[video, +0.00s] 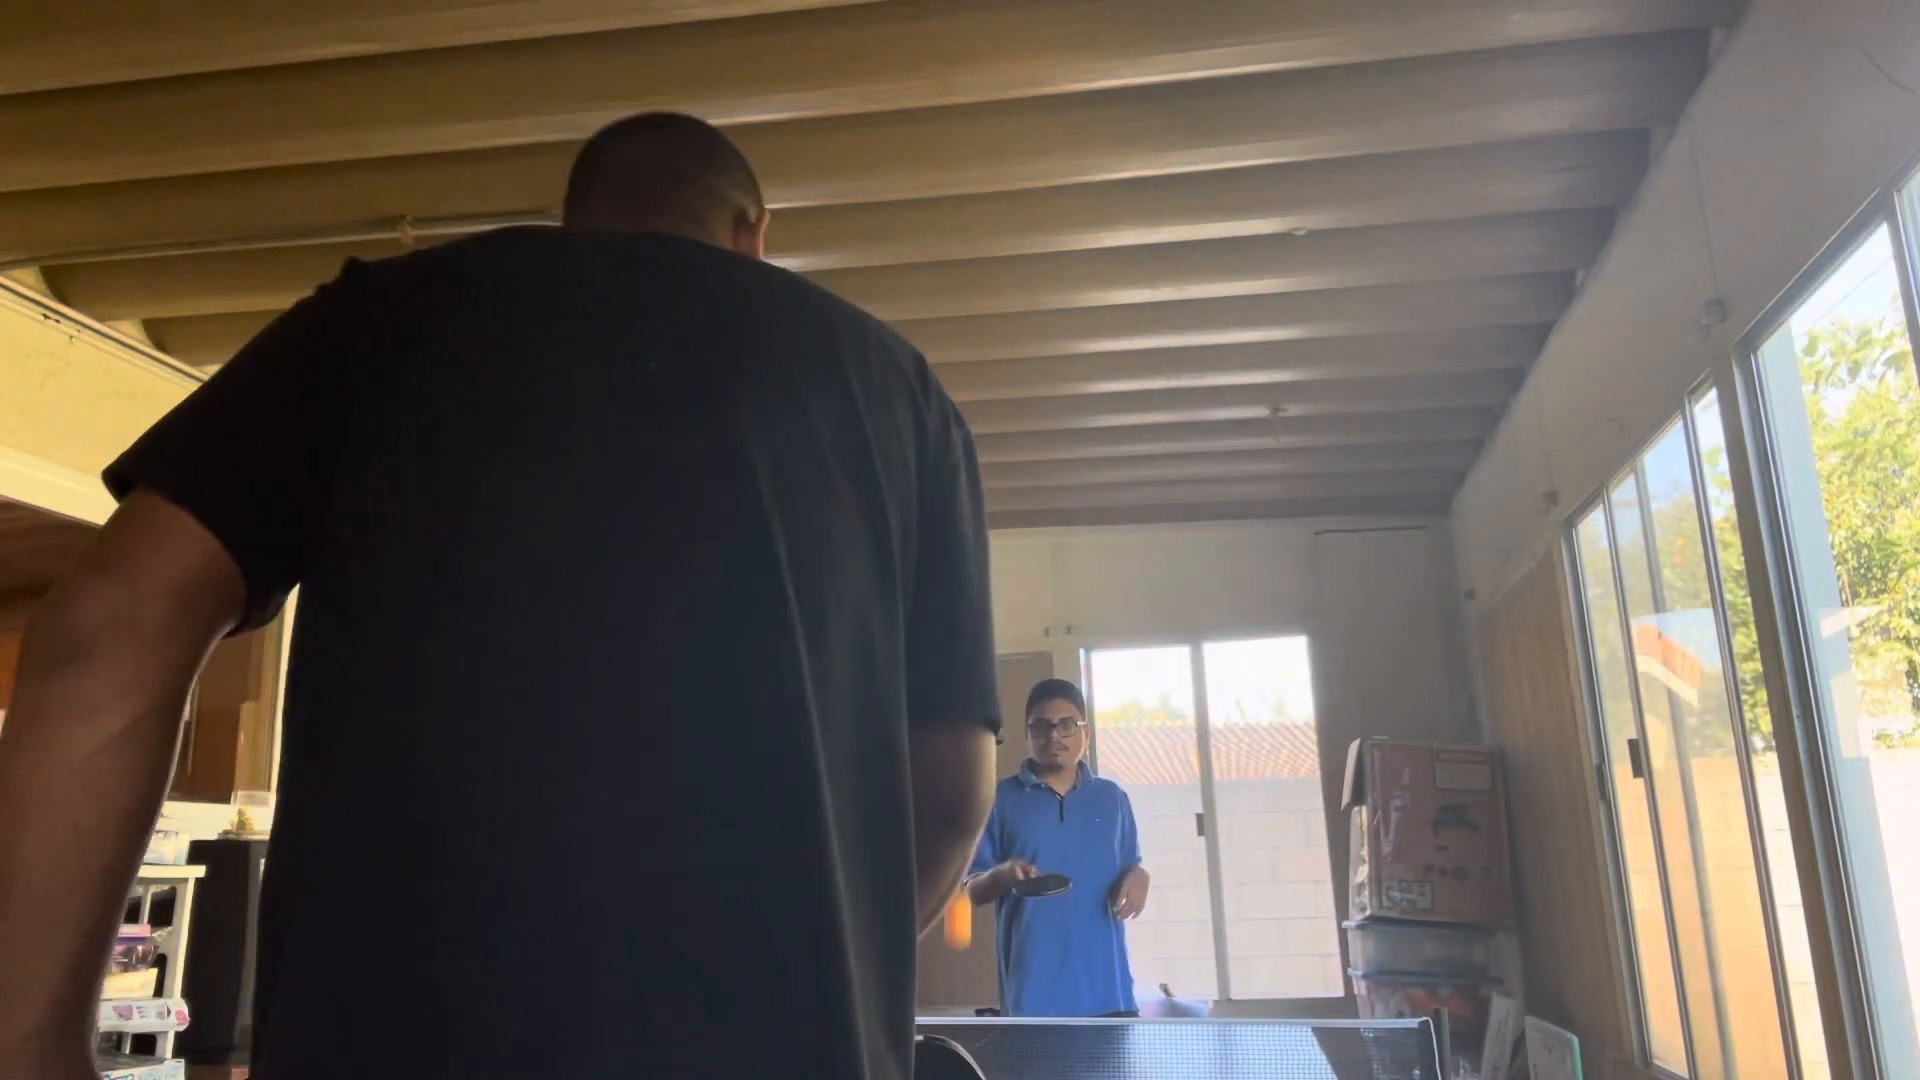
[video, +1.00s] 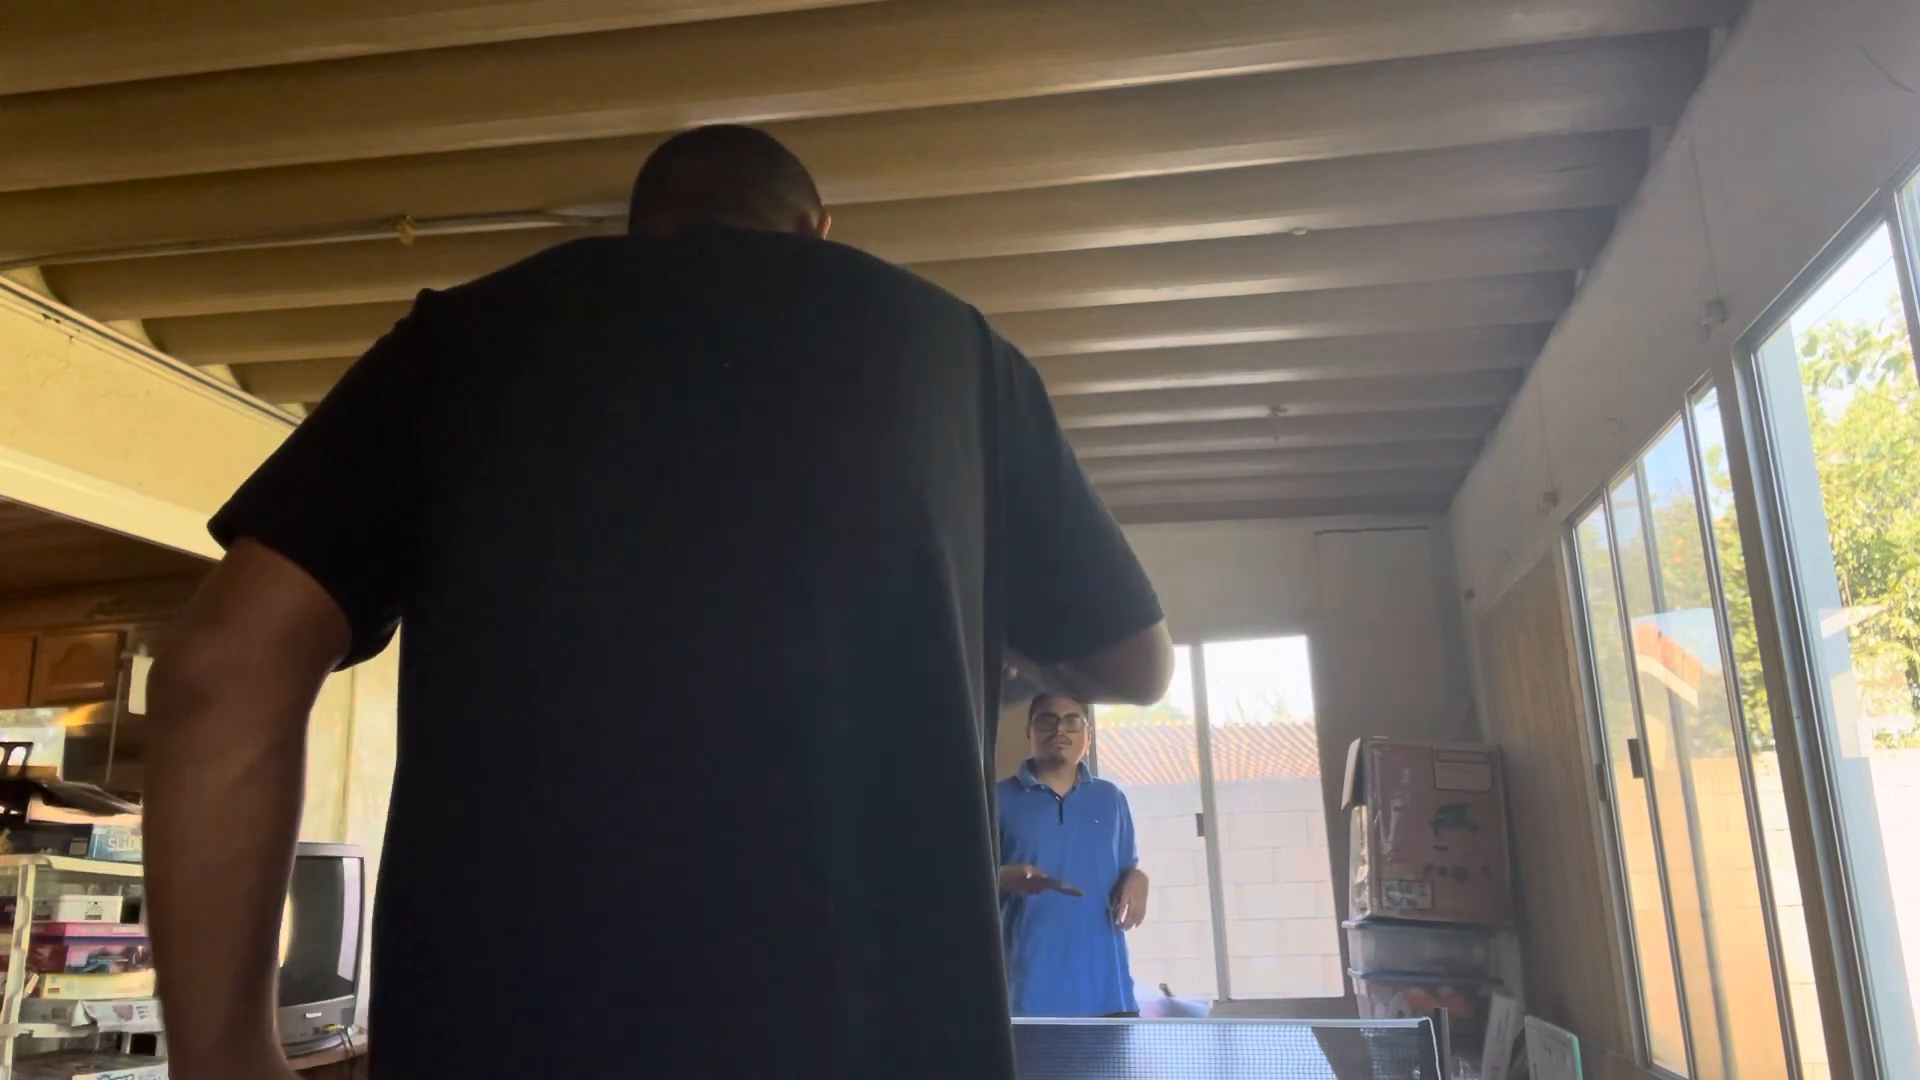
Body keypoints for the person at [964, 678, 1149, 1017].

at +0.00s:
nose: (1054, 736)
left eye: (1066, 724)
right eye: (1042, 726)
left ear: (1085, 733)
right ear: (1027, 733)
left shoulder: (1111, 798)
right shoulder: (1003, 799)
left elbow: (1128, 871)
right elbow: (972, 891)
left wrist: (1140, 876)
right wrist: (1002, 875)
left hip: (1106, 989)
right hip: (1033, 993)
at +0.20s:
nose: (1062, 734)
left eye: (1073, 724)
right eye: (1052, 723)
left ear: (1087, 735)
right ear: (1033, 733)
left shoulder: (1111, 799)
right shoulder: (1004, 801)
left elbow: (1128, 869)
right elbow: (974, 892)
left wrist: (1139, 878)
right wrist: (1001, 875)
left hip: (1106, 990)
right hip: (1033, 994)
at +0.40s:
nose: (1057, 734)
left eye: (1069, 723)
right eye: (1045, 724)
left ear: (1088, 735)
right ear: (1029, 732)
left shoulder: (1111, 799)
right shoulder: (999, 801)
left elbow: (1126, 873)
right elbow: (975, 889)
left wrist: (1137, 876)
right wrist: (1000, 878)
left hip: (1106, 991)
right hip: (1031, 994)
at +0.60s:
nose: (1057, 732)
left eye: (1070, 722)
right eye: (1046, 722)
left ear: (1088, 736)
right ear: (1026, 731)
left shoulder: (1110, 799)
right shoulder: (1001, 800)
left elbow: (1125, 869)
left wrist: (1137, 876)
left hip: (1106, 1003)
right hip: (1026, 1008)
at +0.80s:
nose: (1059, 733)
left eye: (1071, 723)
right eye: (1046, 723)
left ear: (1087, 736)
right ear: (1028, 733)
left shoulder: (1110, 799)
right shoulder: (997, 800)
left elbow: (1125, 870)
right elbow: (974, 883)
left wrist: (1138, 876)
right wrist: (1004, 878)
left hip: (1106, 994)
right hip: (1028, 998)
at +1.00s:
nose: (1059, 731)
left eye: (1072, 722)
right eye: (1047, 722)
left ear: (1087, 738)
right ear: (1029, 734)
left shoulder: (1110, 800)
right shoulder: (997, 799)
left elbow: (1124, 871)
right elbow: (972, 880)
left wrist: (1138, 878)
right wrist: (1006, 878)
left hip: (1106, 994)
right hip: (1028, 997)